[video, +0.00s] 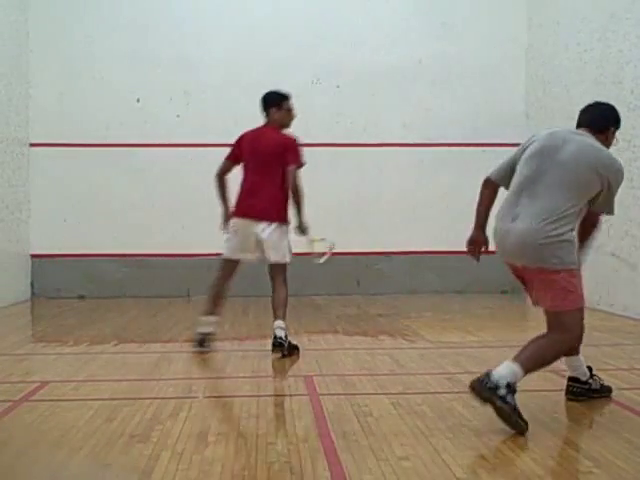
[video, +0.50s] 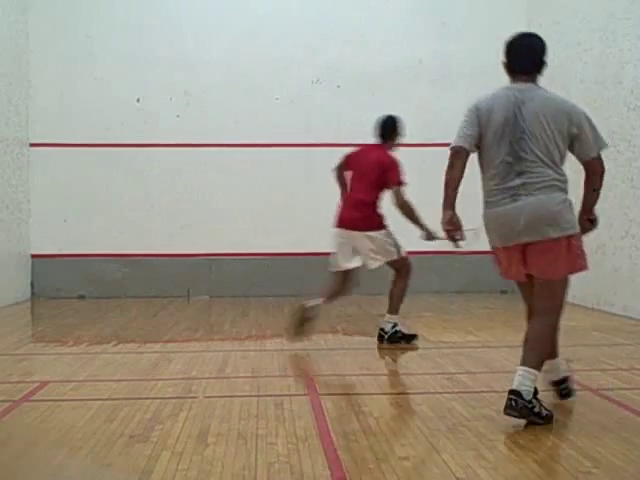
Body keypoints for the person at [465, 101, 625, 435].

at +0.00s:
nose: (613, 141)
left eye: (614, 136)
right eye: (614, 136)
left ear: (580, 124)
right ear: (608, 133)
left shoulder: (542, 139)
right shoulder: (610, 165)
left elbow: (491, 182)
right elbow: (590, 219)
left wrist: (478, 229)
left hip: (506, 239)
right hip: (550, 247)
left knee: (559, 302)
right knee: (565, 335)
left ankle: (579, 376)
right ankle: (499, 380)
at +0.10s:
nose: (607, 129)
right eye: (609, 124)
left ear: (574, 114)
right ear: (608, 123)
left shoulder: (540, 134)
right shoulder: (610, 155)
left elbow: (489, 172)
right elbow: (596, 196)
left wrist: (468, 220)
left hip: (512, 231)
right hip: (558, 236)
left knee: (563, 302)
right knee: (575, 323)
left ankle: (579, 376)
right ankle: (508, 370)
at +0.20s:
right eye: (594, 105)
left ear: (560, 101)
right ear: (595, 107)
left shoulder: (531, 128)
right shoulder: (604, 139)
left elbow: (480, 168)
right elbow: (599, 183)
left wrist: (452, 211)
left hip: (518, 229)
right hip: (566, 230)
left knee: (561, 300)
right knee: (585, 315)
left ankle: (579, 377)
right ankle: (521, 366)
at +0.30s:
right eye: (575, 91)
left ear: (540, 90)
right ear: (576, 92)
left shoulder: (516, 124)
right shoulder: (591, 127)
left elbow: (469, 164)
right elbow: (592, 190)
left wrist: (440, 211)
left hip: (517, 231)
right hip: (566, 230)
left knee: (559, 296)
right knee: (585, 313)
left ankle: (579, 377)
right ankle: (536, 375)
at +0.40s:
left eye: (526, 70)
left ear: (522, 75)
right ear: (558, 77)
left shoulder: (498, 115)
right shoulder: (577, 117)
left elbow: (461, 158)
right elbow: (597, 178)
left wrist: (440, 209)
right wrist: (572, 201)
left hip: (512, 226)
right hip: (561, 222)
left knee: (548, 304)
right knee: (566, 312)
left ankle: (573, 376)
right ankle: (530, 386)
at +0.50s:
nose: (515, 68)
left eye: (509, 62)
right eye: (535, 62)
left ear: (505, 65)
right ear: (542, 66)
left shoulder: (482, 107)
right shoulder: (562, 108)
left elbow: (457, 155)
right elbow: (595, 169)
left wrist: (448, 209)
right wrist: (587, 210)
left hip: (501, 222)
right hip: (551, 218)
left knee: (534, 303)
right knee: (545, 309)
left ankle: (557, 375)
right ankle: (521, 391)